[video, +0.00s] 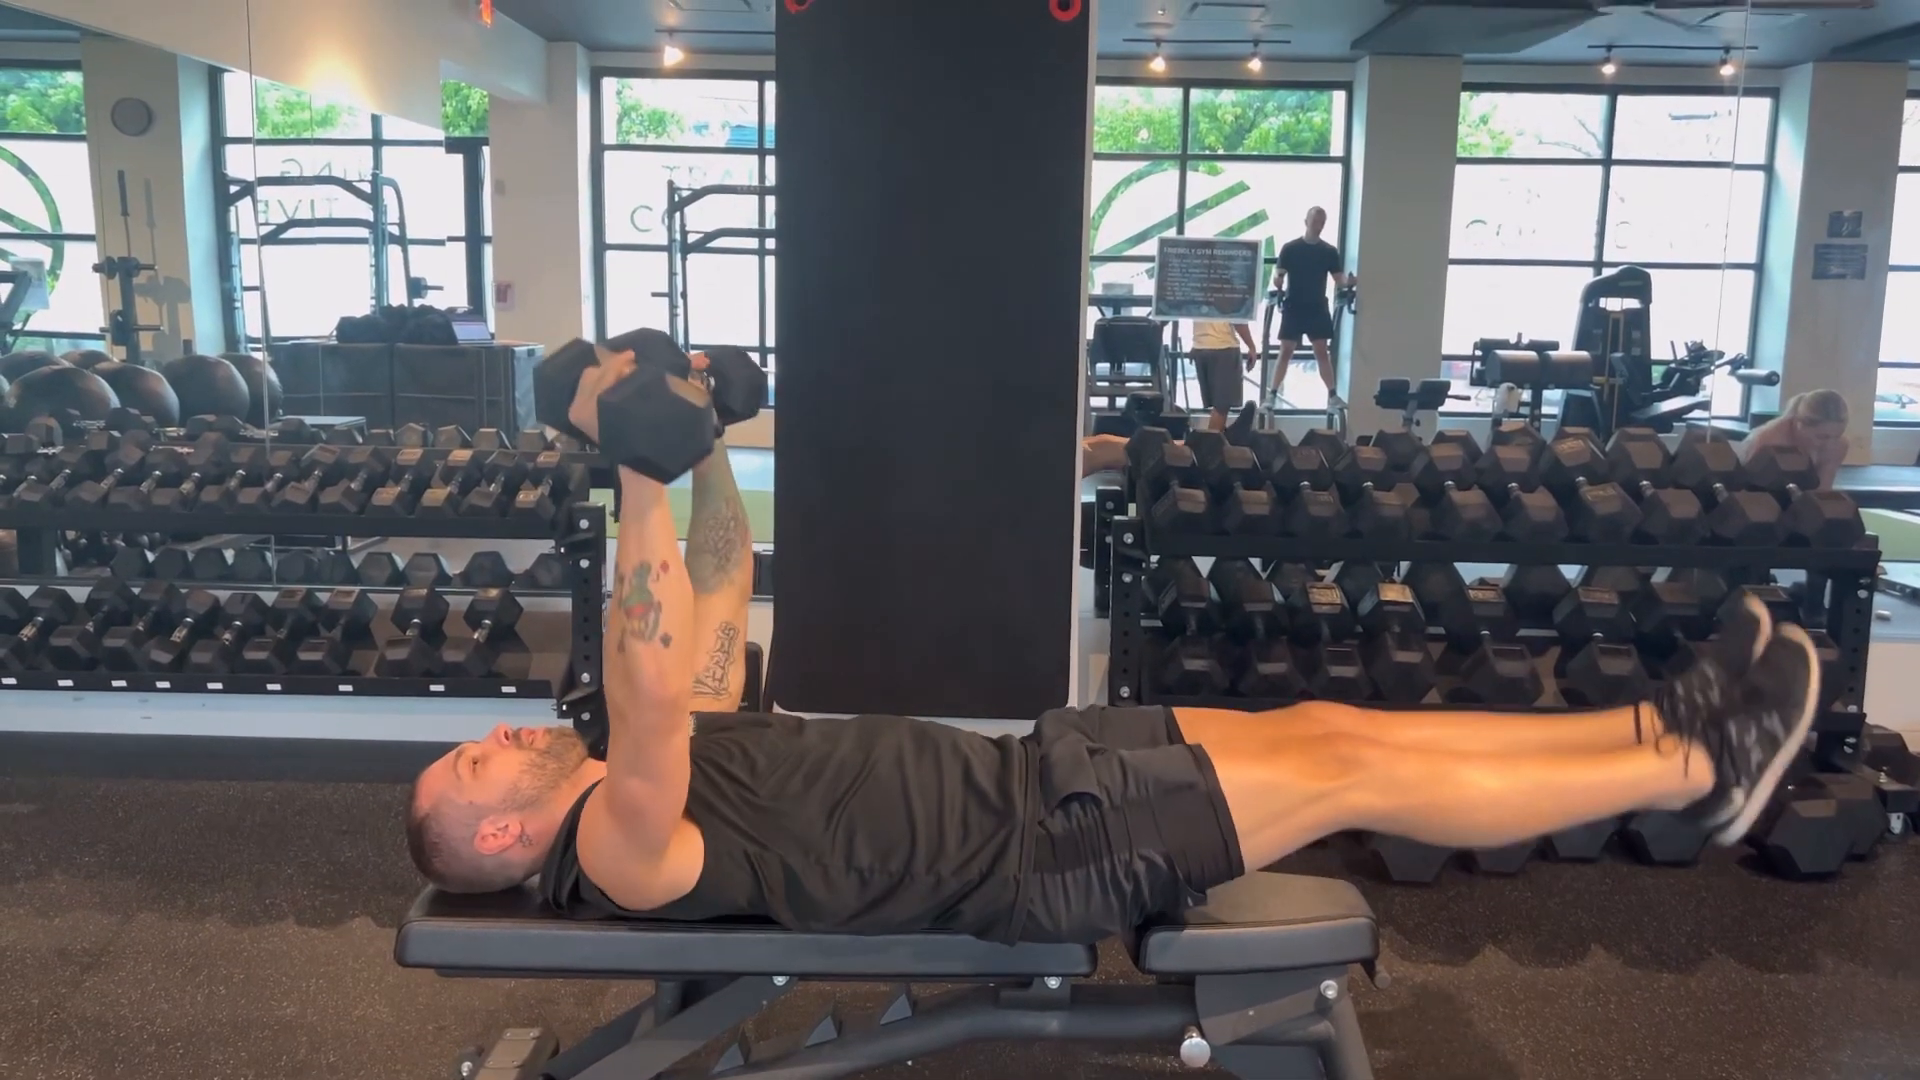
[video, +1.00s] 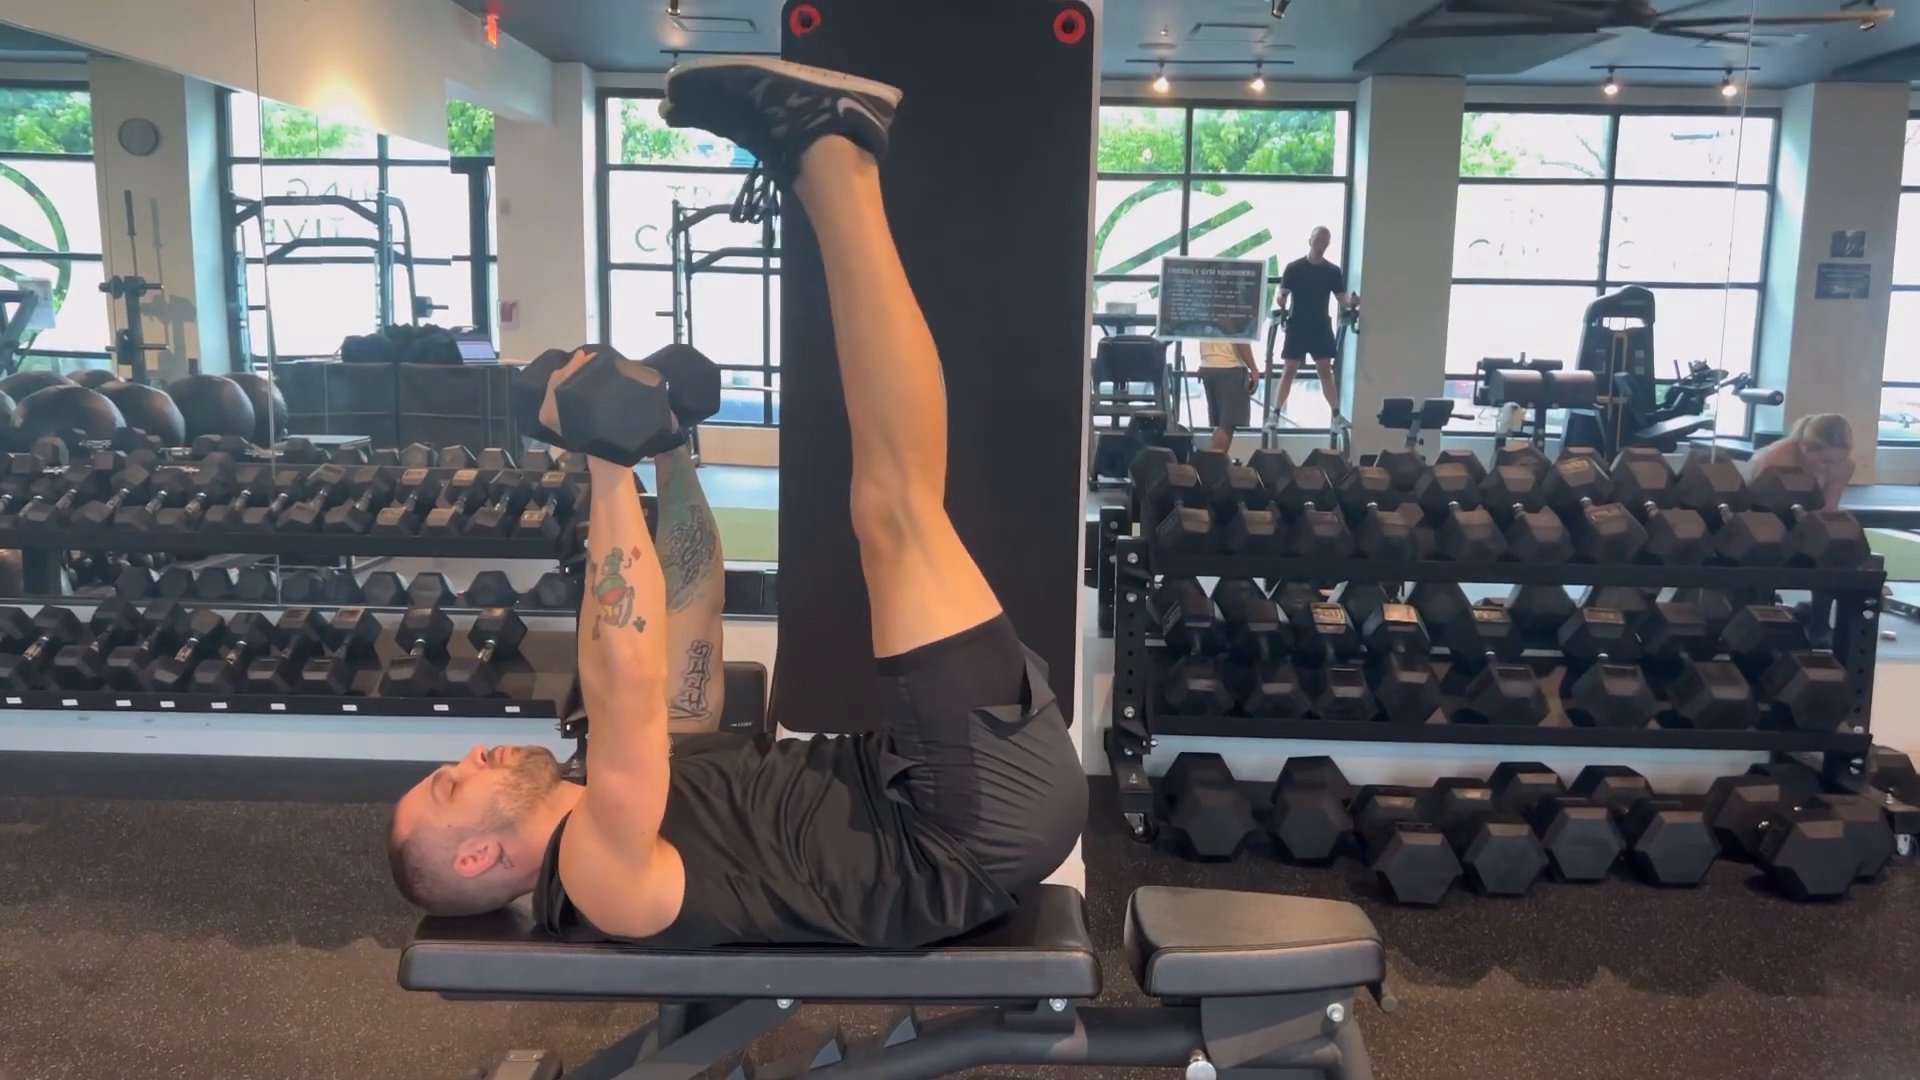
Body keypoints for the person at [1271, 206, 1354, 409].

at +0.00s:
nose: (1317, 225)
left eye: (1321, 221)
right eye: (1314, 220)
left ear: (1324, 224)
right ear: (1306, 221)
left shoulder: (1330, 252)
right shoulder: (1290, 248)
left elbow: (1339, 280)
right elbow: (1278, 277)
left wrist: (1351, 281)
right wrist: (1279, 288)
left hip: (1318, 306)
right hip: (1293, 306)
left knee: (1321, 351)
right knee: (1286, 350)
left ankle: (1332, 395)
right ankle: (1272, 394)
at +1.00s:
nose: (1320, 246)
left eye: (1324, 243)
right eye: (1317, 242)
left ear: (1328, 245)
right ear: (1310, 241)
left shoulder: (1333, 271)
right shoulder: (1294, 268)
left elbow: (1342, 299)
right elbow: (1281, 296)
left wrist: (1352, 301)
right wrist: (1283, 309)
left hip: (1320, 325)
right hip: (1297, 324)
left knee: (1325, 371)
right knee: (1289, 370)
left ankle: (1336, 414)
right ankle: (1276, 412)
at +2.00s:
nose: (1313, 249)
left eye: (1317, 245)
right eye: (1310, 244)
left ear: (1322, 247)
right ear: (1305, 246)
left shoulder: (1331, 276)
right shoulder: (1291, 274)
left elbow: (1341, 304)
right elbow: (1280, 302)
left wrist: (1351, 306)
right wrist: (1280, 311)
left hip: (1319, 330)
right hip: (1295, 330)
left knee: (1323, 375)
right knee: (1288, 374)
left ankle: (1334, 419)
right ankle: (1274, 417)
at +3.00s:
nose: (1309, 280)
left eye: (1312, 277)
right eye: (1306, 276)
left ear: (1318, 275)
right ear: (1299, 272)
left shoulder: (1325, 293)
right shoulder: (1287, 292)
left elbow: (1335, 317)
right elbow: (1274, 315)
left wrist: (1345, 314)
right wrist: (1273, 314)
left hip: (1316, 342)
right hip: (1292, 342)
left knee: (1328, 378)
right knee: (1284, 378)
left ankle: (1330, 423)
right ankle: (1271, 421)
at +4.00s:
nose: (1306, 286)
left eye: (1309, 283)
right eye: (1303, 282)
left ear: (1314, 283)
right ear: (1296, 281)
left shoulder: (1321, 306)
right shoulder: (1284, 305)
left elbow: (1334, 328)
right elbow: (1269, 333)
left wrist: (1344, 323)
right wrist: (1272, 324)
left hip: (1313, 362)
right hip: (1289, 363)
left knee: (1312, 411)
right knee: (1288, 410)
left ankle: (1309, 451)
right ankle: (1281, 451)